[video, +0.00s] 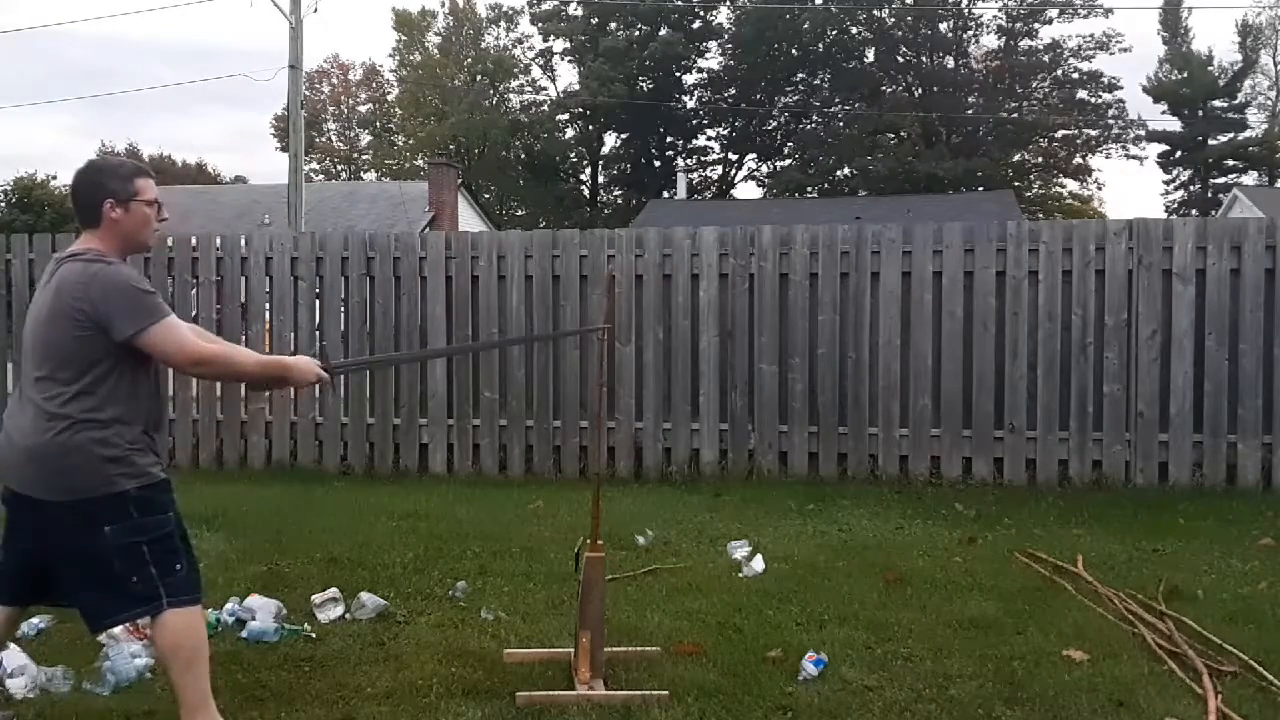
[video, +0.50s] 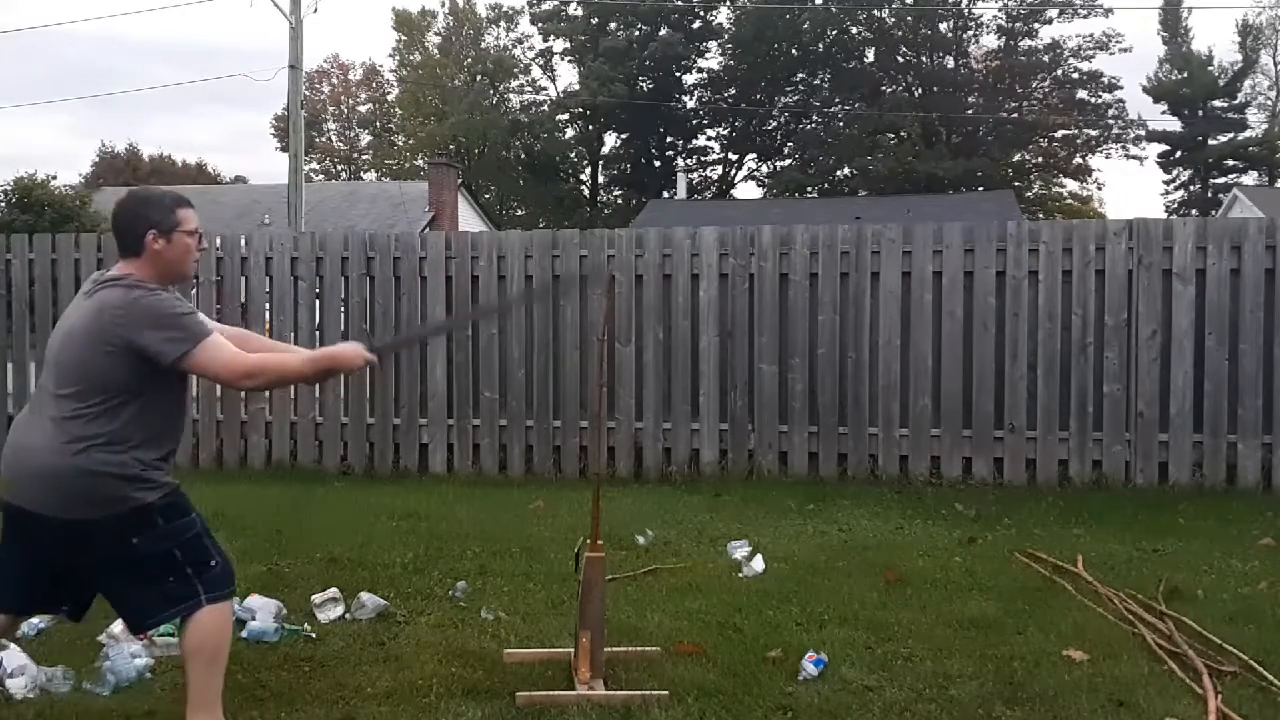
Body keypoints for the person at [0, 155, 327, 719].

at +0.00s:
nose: (161, 217)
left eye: (159, 205)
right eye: (152, 205)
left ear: (109, 212)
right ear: (113, 210)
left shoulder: (67, 271)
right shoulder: (109, 280)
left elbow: (182, 334)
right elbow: (188, 353)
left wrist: (257, 362)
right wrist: (284, 367)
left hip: (29, 466)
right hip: (104, 468)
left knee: (12, 594)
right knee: (176, 595)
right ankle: (201, 712)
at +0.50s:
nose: (201, 245)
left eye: (199, 234)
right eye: (191, 235)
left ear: (146, 243)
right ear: (153, 241)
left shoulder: (103, 290)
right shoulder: (149, 306)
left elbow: (227, 337)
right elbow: (239, 372)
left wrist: (313, 359)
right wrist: (326, 361)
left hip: (29, 481)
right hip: (112, 487)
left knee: (10, 602)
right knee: (209, 589)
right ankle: (204, 713)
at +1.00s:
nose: (160, 251)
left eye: (158, 238)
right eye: (151, 240)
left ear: (116, 245)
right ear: (117, 245)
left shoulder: (119, 298)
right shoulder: (80, 296)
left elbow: (194, 245)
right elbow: (158, 252)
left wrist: (205, 182)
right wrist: (164, 161)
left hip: (44, 485)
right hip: (96, 484)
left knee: (17, 607)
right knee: (203, 582)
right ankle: (205, 712)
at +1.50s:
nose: (164, 257)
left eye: (163, 246)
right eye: (154, 245)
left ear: (113, 254)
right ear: (112, 252)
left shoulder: (109, 300)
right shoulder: (82, 306)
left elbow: (198, 286)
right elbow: (188, 289)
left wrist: (205, 204)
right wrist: (175, 196)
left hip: (49, 492)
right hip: (110, 491)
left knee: (12, 614)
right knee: (217, 584)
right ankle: (207, 713)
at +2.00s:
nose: (189, 247)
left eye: (190, 236)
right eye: (183, 235)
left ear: (132, 238)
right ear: (146, 236)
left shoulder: (57, 271)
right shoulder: (158, 304)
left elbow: (69, 375)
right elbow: (175, 410)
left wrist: (150, 429)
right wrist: (198, 458)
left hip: (14, 471)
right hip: (103, 473)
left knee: (6, 604)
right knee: (182, 591)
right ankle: (204, 712)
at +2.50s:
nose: (156, 230)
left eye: (154, 219)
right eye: (148, 219)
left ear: (101, 227)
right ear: (110, 225)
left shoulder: (48, 282)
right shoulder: (109, 293)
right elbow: (161, 392)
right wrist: (240, 415)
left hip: (19, 478)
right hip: (95, 479)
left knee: (9, 602)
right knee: (182, 589)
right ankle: (204, 712)